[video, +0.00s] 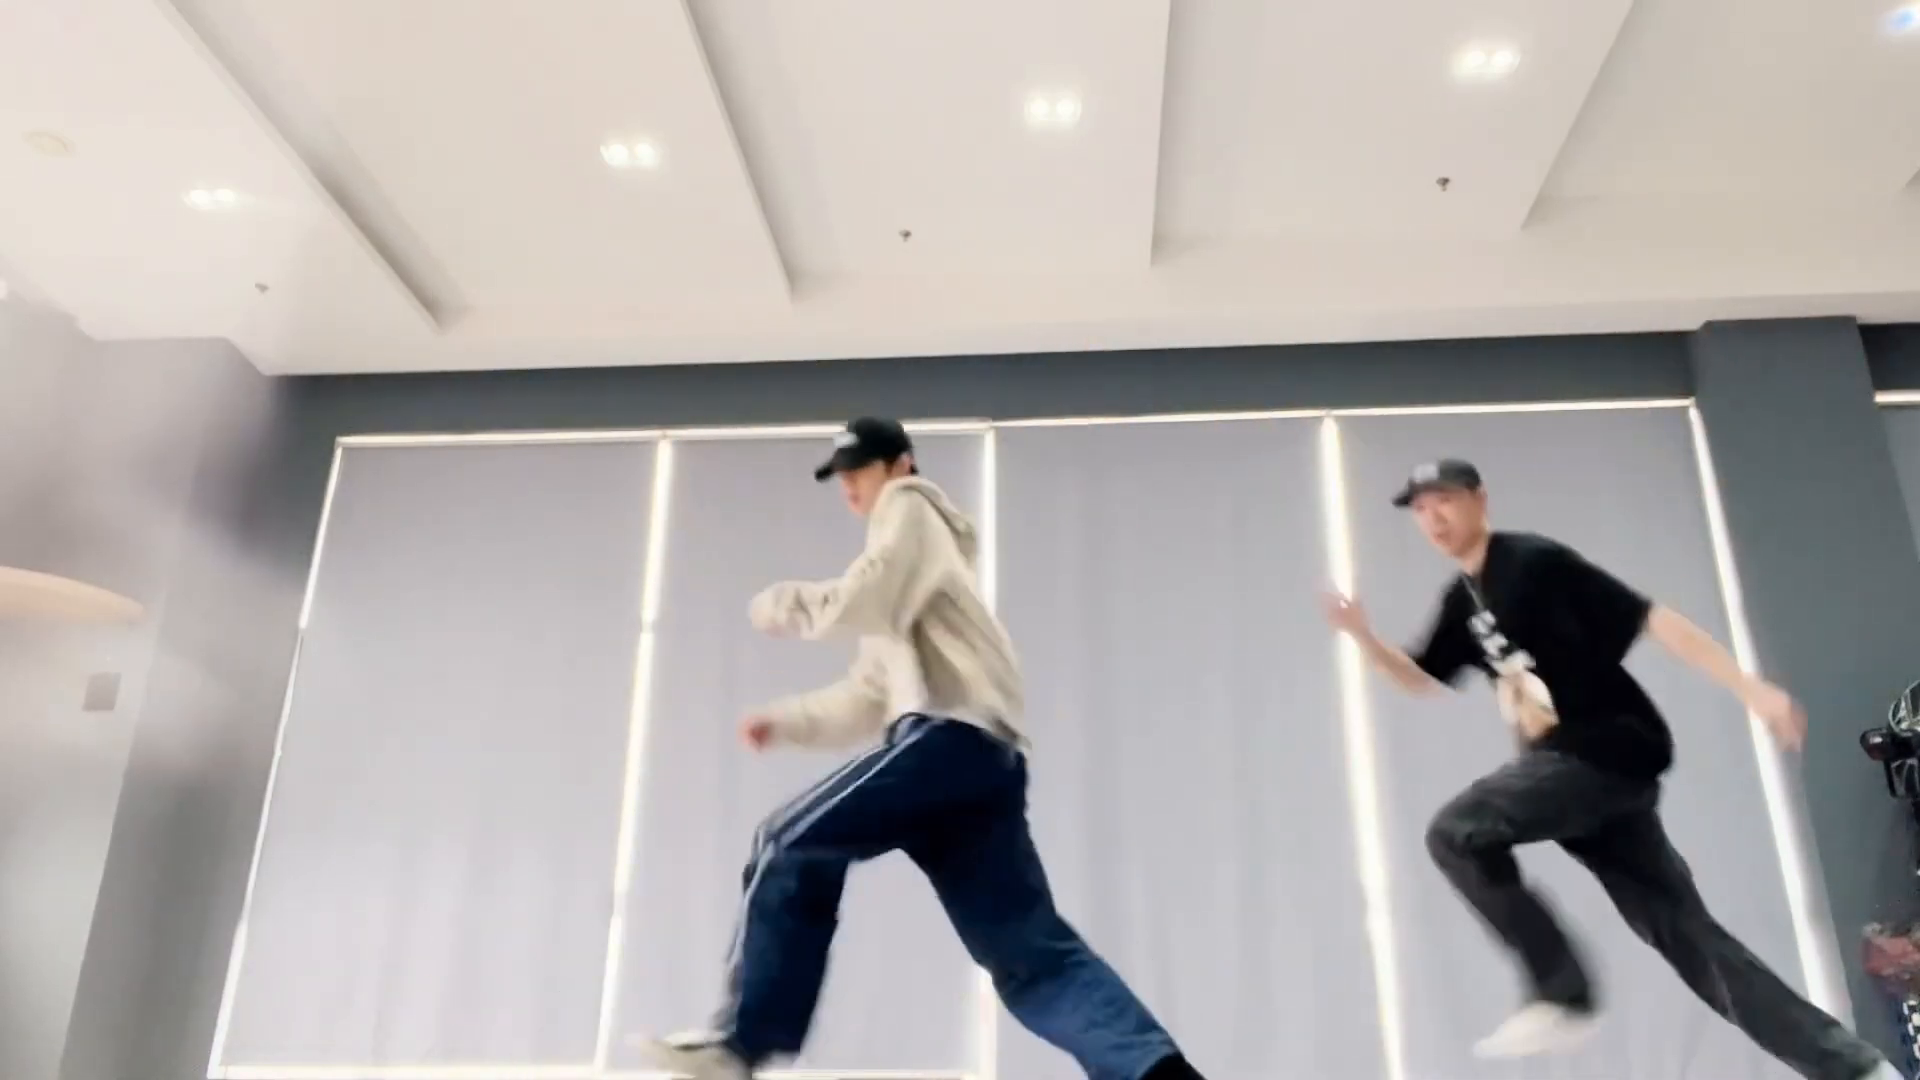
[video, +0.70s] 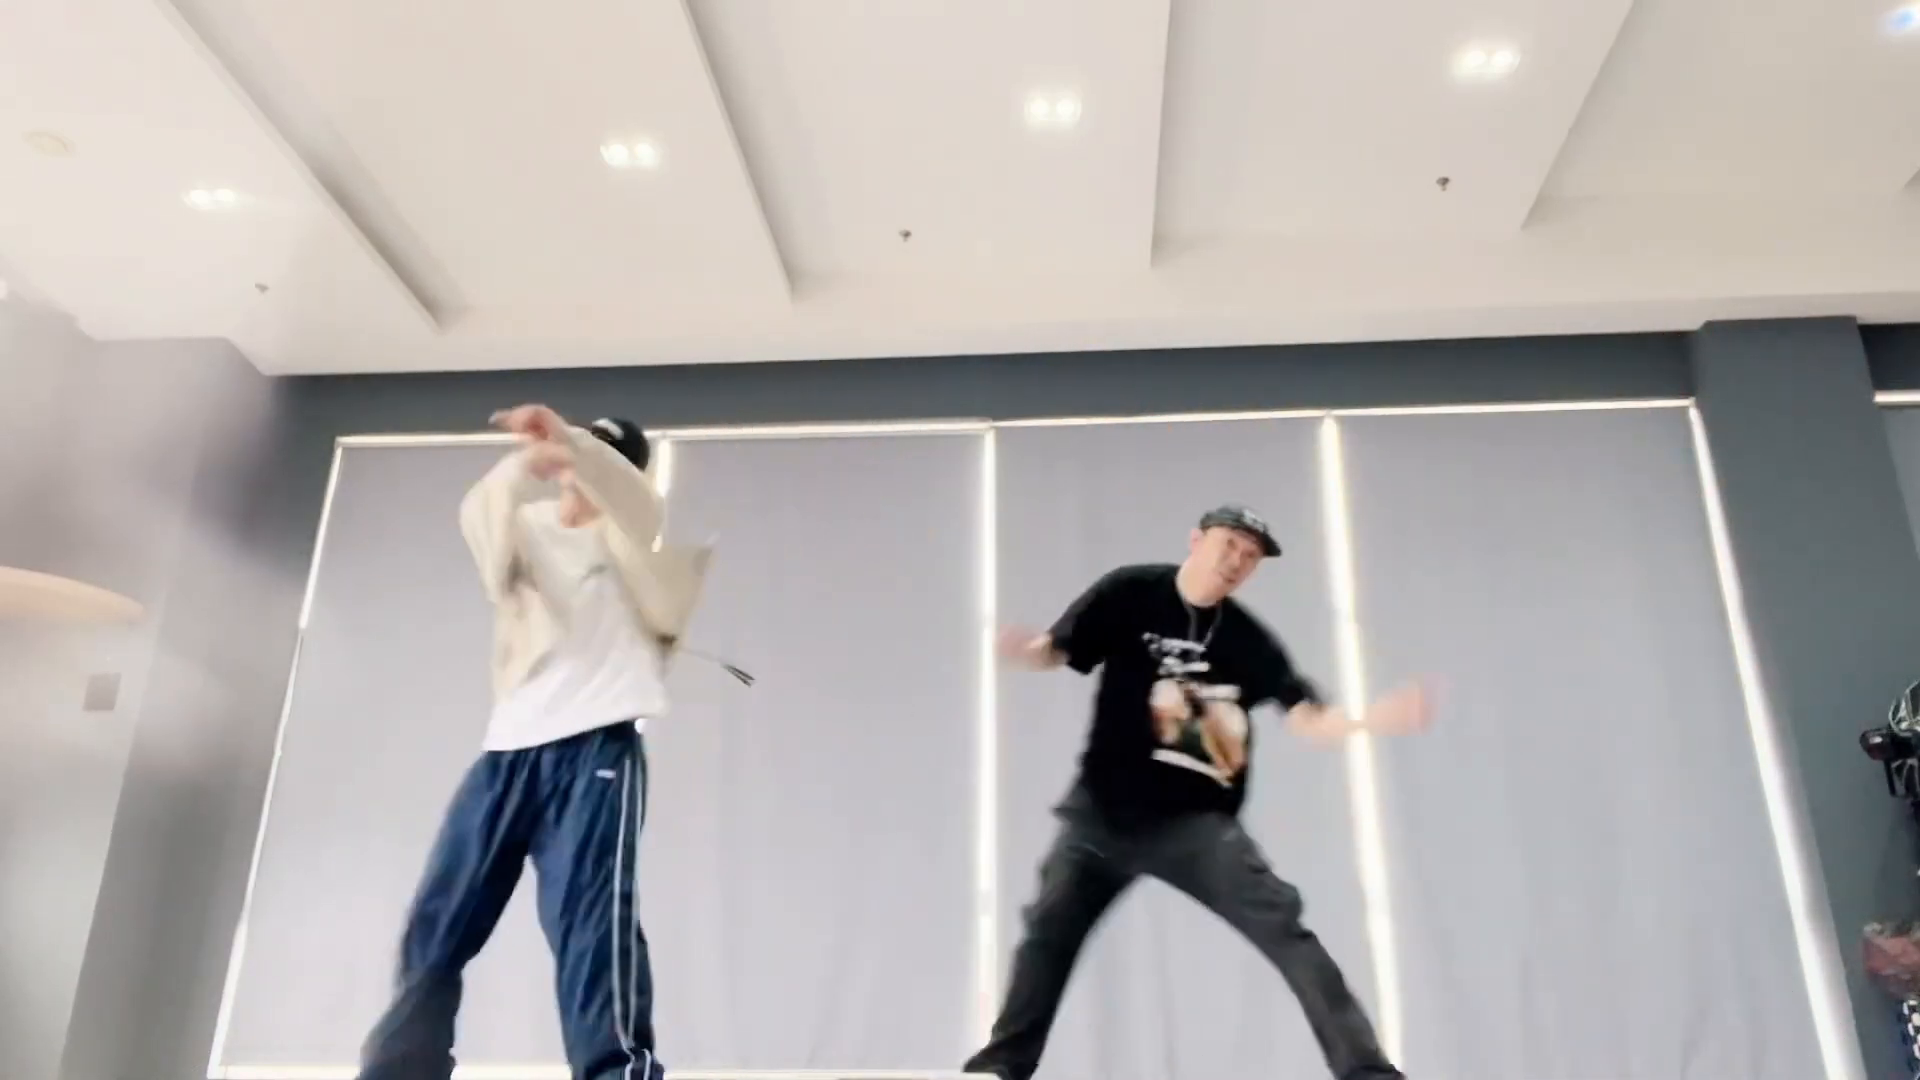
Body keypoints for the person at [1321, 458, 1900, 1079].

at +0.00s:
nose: (1434, 517)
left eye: (1444, 499)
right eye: (1422, 508)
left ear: (1479, 500)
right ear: (1419, 523)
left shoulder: (1538, 564)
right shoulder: (1462, 599)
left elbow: (1654, 622)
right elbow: (1422, 678)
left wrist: (1751, 689)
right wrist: (1361, 634)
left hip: (1611, 756)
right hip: (1573, 771)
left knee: (1458, 833)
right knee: (1687, 937)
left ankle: (1564, 995)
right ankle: (1845, 1062)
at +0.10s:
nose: (1399, 481)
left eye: (1412, 467)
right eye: (1387, 472)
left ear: (1442, 472)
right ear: (1378, 483)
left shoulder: (1489, 524)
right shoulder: (1385, 552)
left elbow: (1606, 532)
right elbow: (1304, 558)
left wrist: (1710, 565)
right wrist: (1262, 491)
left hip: (1538, 734)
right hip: (1498, 749)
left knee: (1475, 900)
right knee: (1632, 893)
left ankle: (1418, 1066)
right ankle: (1777, 1034)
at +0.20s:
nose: (1354, 480)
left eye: (1367, 465)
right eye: (1343, 468)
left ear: (1396, 470)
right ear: (1331, 477)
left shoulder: (1434, 519)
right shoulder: (1338, 531)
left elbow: (1544, 513)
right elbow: (1260, 491)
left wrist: (1644, 521)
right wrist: (1191, 429)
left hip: (1468, 748)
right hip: (1437, 755)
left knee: (1447, 909)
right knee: (1555, 902)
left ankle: (1417, 1068)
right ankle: (1689, 1042)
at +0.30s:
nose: (1327, 468)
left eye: (1342, 456)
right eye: (1317, 456)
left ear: (1366, 465)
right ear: (1304, 465)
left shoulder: (1402, 527)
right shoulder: (1297, 534)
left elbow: (1487, 584)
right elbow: (1221, 550)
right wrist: (1161, 504)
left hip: (1419, 739)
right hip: (1375, 748)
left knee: (1406, 906)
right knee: (1453, 916)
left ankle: (1404, 1066)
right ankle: (1597, 1033)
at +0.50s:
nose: (1283, 523)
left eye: (1295, 514)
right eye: (1272, 510)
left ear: (1306, 528)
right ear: (1247, 519)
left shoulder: (1319, 580)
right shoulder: (1222, 588)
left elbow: (1353, 600)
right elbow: (1144, 592)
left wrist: (1315, 511)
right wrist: (1176, 508)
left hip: (1327, 792)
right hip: (1260, 784)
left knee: (1295, 921)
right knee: (1164, 822)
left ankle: (1387, 1072)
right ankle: (1284, 900)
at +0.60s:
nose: (1259, 548)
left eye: (1274, 541)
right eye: (1252, 532)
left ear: (1281, 556)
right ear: (1223, 531)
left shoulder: (1294, 612)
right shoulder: (1175, 593)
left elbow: (1376, 634)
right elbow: (1084, 606)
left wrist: (1374, 544)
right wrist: (1121, 532)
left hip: (1265, 812)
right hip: (1192, 799)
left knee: (1292, 945)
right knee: (1097, 854)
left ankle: (1384, 1075)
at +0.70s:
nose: (1239, 560)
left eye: (1251, 555)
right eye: (1231, 544)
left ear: (1255, 569)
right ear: (1197, 539)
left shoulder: (1249, 641)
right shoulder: (1131, 592)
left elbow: (1310, 722)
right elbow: (1062, 650)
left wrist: (1378, 719)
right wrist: (1025, 650)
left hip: (1196, 827)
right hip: (1102, 819)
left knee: (1285, 931)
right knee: (1046, 936)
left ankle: (1366, 1069)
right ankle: (1003, 1065)